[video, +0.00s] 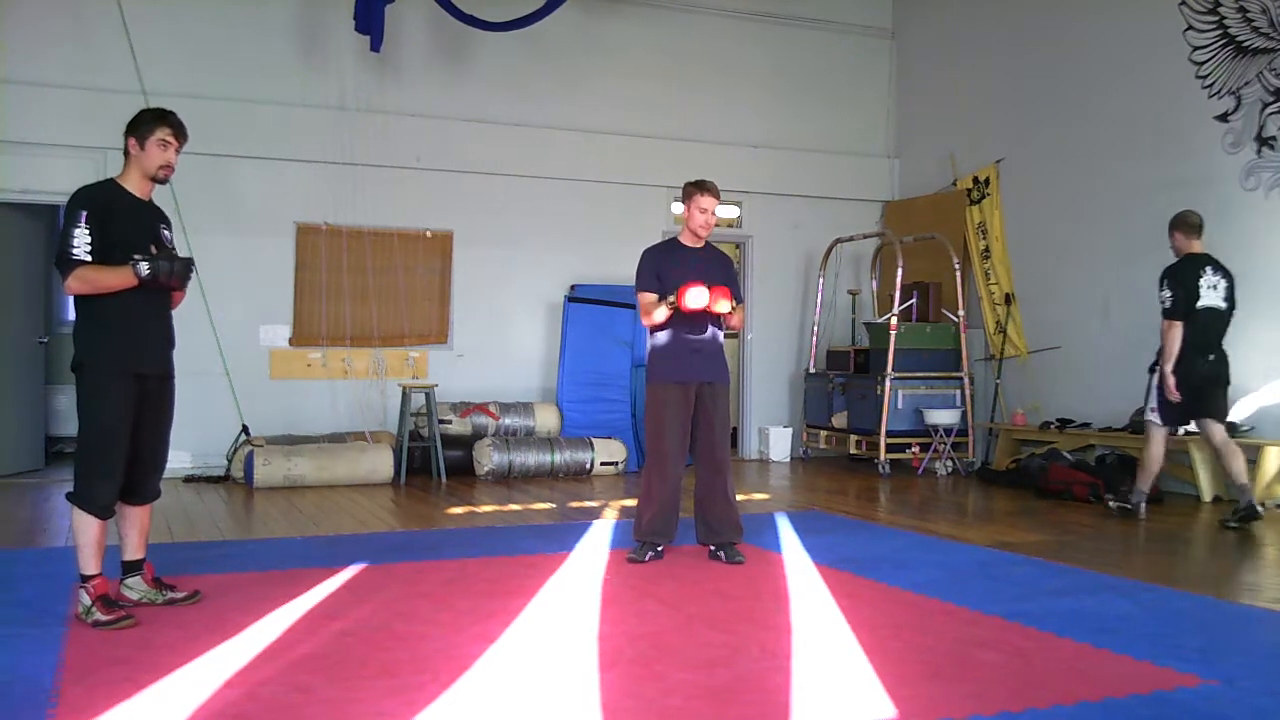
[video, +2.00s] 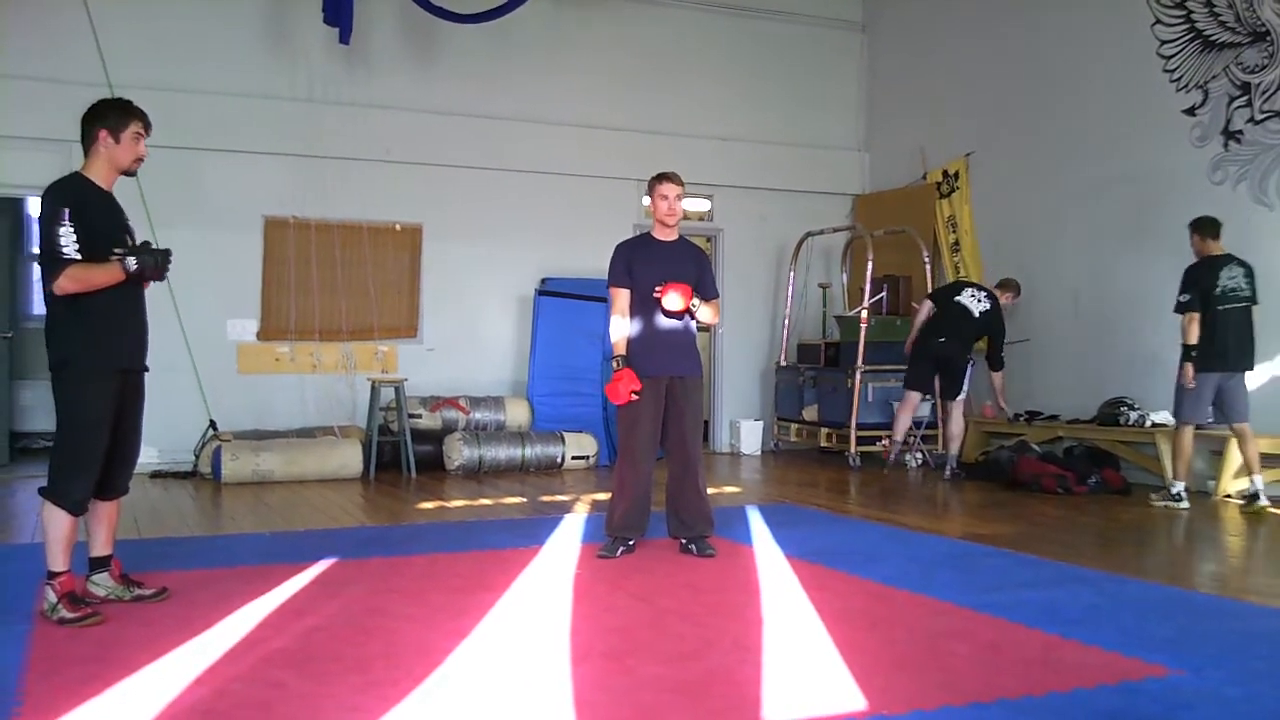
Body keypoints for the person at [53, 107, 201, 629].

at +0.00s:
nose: (172, 157)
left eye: (177, 150)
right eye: (164, 146)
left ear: (172, 156)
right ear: (133, 144)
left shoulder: (159, 219)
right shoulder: (89, 200)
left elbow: (169, 303)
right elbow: (76, 279)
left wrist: (181, 277)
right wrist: (146, 272)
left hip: (154, 365)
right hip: (105, 363)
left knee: (142, 471)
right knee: (98, 472)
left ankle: (135, 579)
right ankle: (91, 590)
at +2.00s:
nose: (144, 151)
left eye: (145, 141)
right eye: (138, 139)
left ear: (110, 141)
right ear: (104, 138)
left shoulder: (110, 204)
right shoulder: (65, 194)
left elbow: (105, 273)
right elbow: (63, 280)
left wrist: (142, 269)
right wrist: (131, 267)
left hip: (124, 360)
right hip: (83, 361)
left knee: (113, 467)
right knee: (73, 468)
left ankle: (103, 575)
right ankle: (57, 589)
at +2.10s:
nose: (135, 151)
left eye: (136, 141)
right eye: (129, 139)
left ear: (99, 140)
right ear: (96, 138)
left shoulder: (97, 201)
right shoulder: (59, 193)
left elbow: (91, 272)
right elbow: (61, 280)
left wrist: (133, 264)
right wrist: (127, 264)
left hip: (114, 362)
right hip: (75, 363)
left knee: (103, 468)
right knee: (63, 468)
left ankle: (93, 576)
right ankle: (46, 590)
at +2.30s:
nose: (119, 147)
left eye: (120, 137)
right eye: (113, 136)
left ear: (84, 139)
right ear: (81, 137)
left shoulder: (81, 199)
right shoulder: (48, 193)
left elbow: (77, 268)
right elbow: (55, 276)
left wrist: (120, 260)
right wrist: (118, 262)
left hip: (100, 361)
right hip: (65, 362)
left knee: (91, 467)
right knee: (53, 469)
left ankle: (81, 577)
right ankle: (35, 591)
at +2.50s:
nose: (107, 145)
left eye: (108, 136)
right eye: (99, 134)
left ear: (76, 139)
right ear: (65, 135)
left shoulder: (72, 200)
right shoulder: (37, 193)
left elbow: (77, 271)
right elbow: (59, 274)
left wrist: (115, 253)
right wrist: (116, 249)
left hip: (90, 361)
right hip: (53, 362)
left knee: (81, 468)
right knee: (42, 469)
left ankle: (70, 577)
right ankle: (24, 590)